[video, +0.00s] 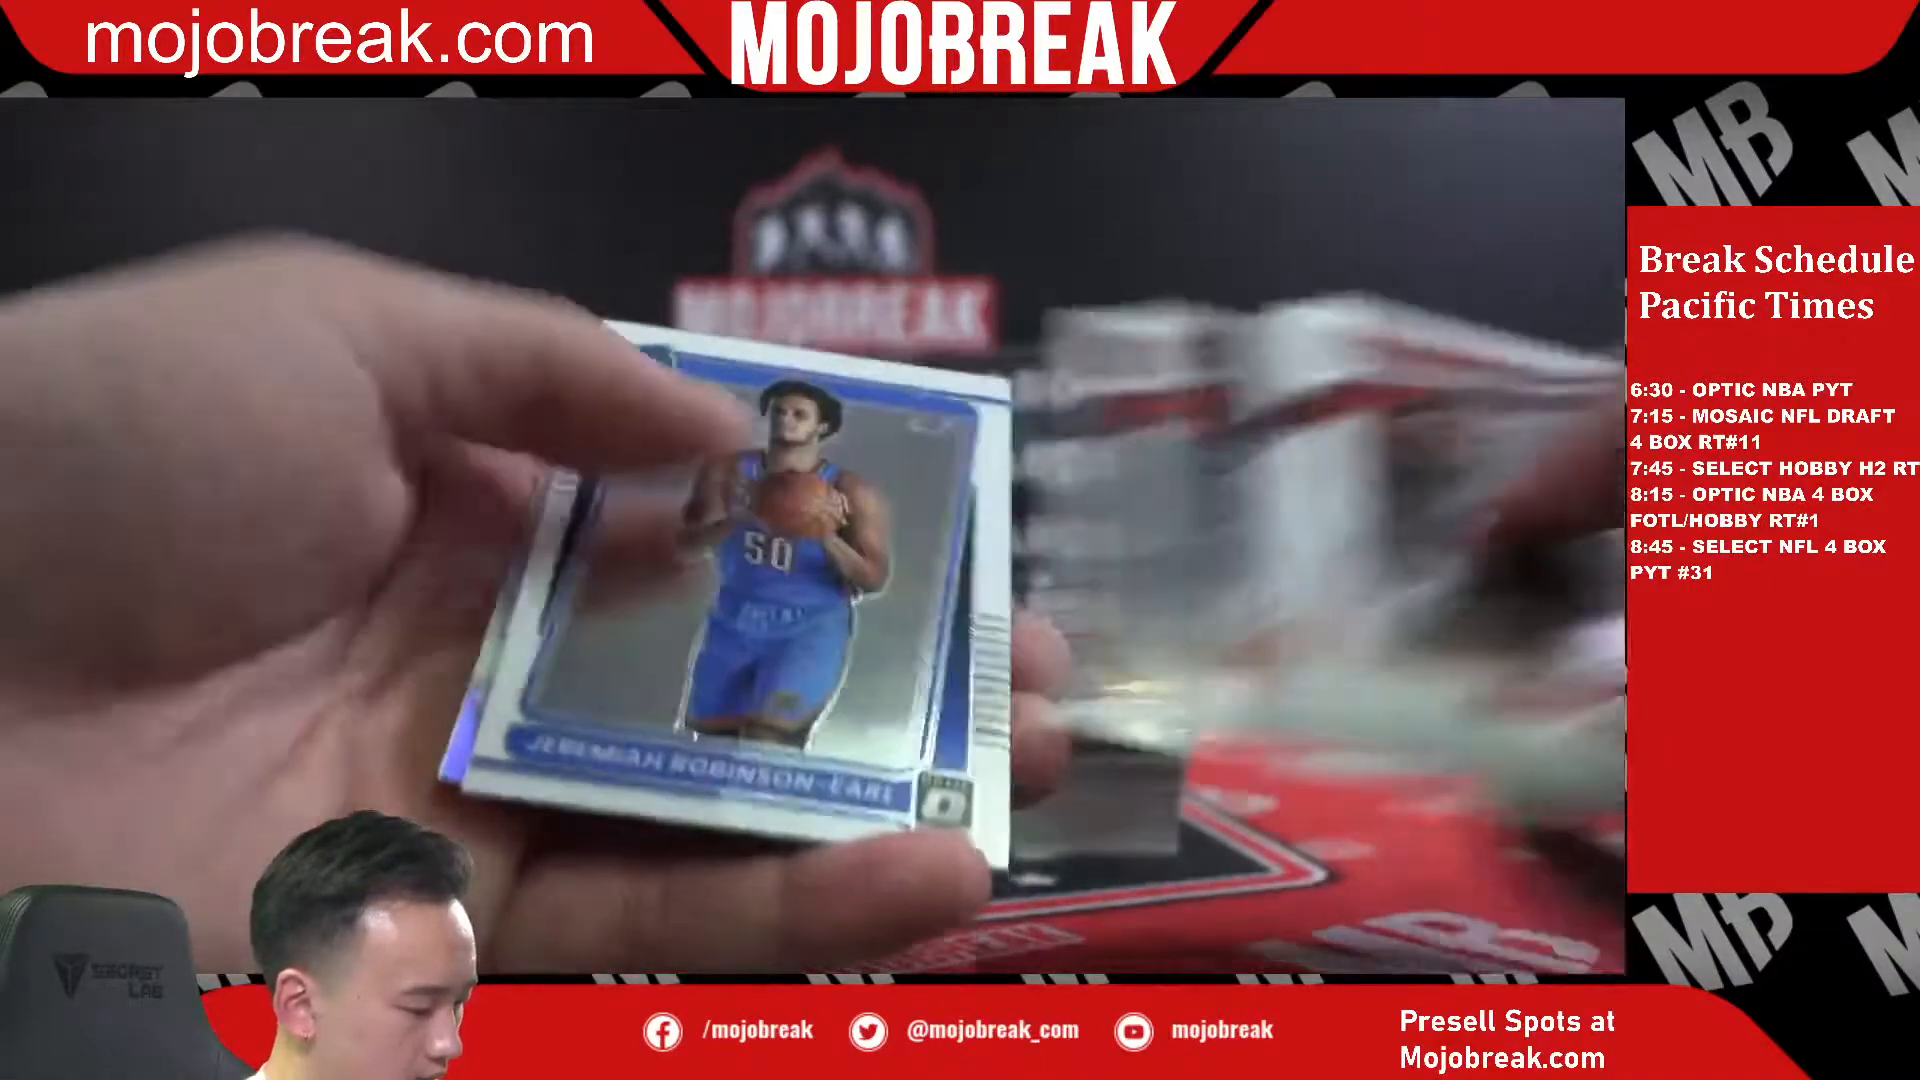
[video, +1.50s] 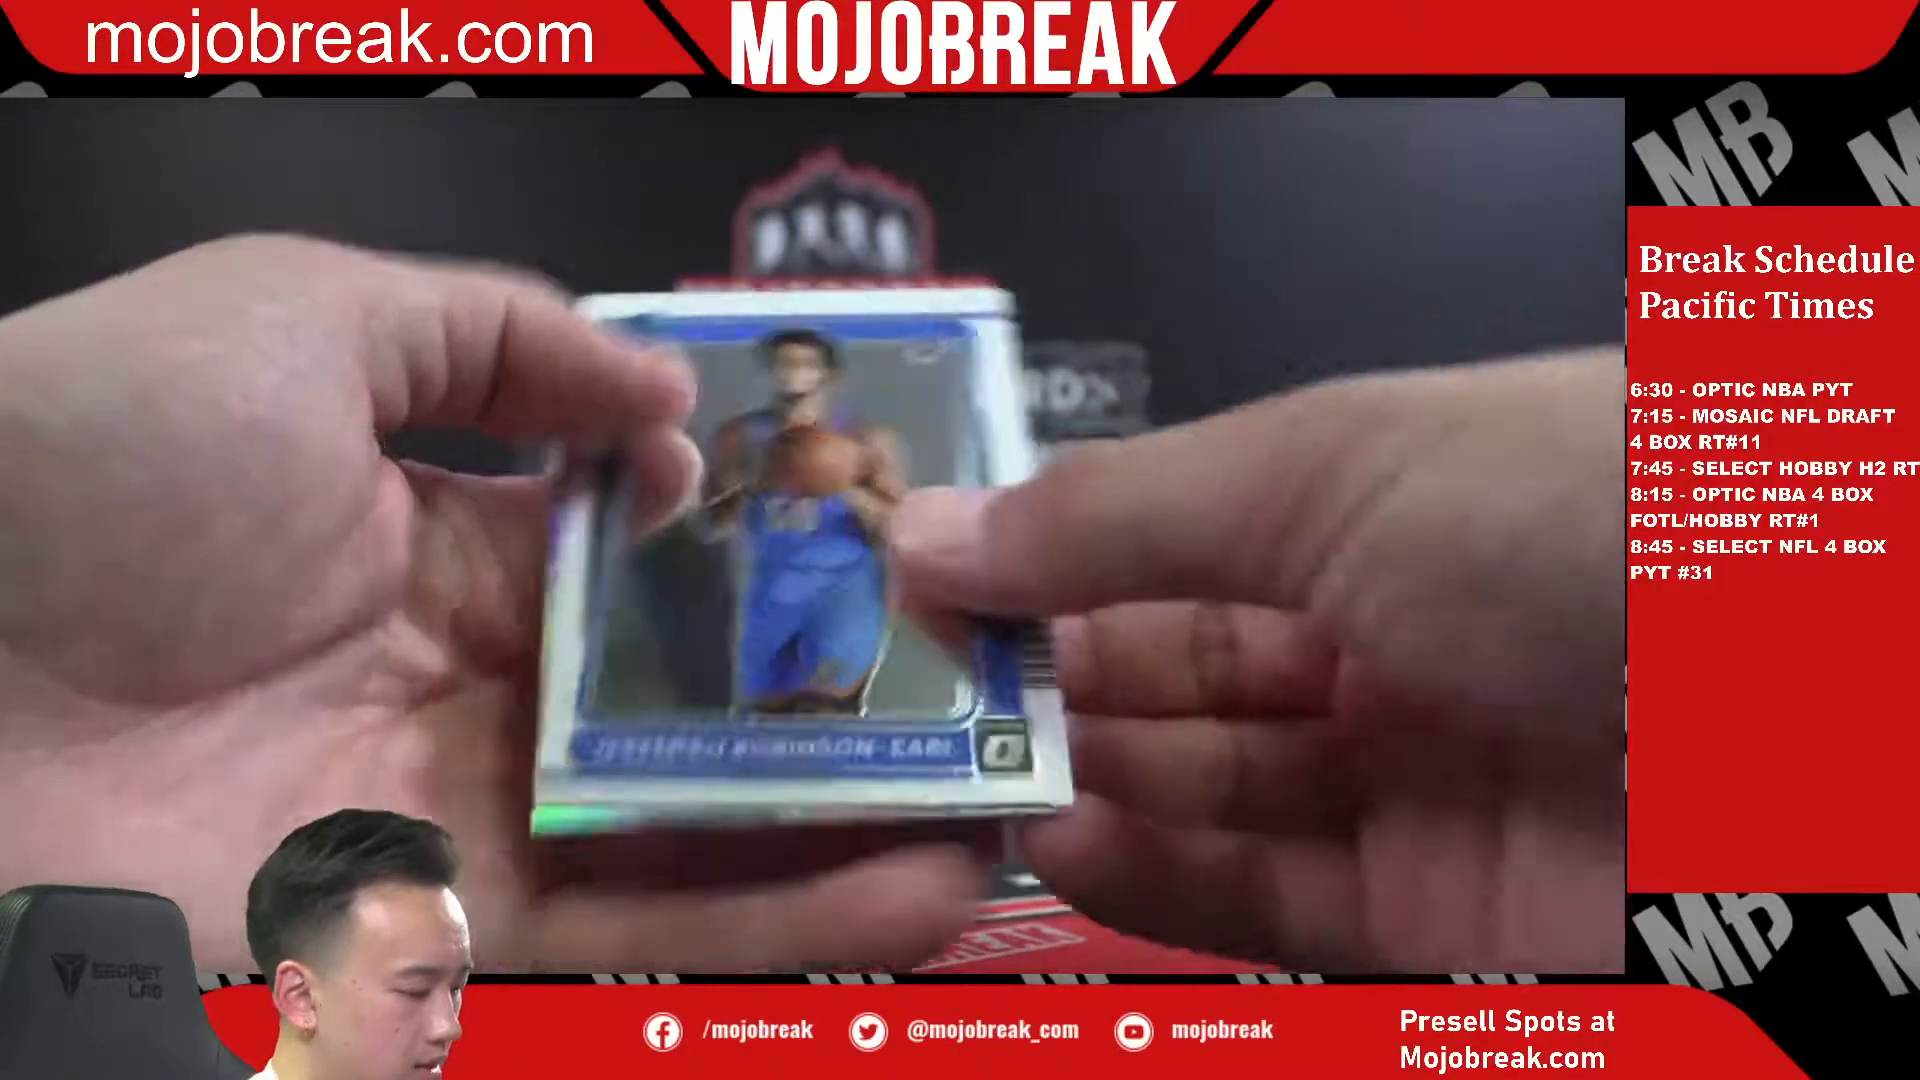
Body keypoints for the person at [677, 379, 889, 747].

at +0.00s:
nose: (787, 420)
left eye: (800, 414)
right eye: (780, 411)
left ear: (822, 427)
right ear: (769, 417)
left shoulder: (852, 493)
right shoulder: (727, 471)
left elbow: (874, 577)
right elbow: (689, 541)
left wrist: (828, 537)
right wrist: (742, 518)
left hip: (811, 631)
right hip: (734, 623)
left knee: (764, 748)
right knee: (707, 750)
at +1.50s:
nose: (793, 377)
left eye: (805, 365)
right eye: (784, 365)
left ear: (827, 376)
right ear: (772, 372)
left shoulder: (864, 443)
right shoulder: (741, 439)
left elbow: (898, 527)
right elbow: (707, 528)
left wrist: (849, 492)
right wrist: (742, 492)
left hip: (847, 589)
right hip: (771, 591)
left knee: (827, 707)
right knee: (760, 717)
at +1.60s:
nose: (871, 407)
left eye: (883, 397)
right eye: (864, 395)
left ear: (902, 409)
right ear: (850, 403)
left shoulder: (940, 473)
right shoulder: (823, 463)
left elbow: (967, 556)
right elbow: (791, 531)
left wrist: (914, 514)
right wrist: (819, 514)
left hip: (917, 611)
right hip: (843, 610)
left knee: (892, 719)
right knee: (831, 726)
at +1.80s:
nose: (887, 428)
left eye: (899, 419)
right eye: (877, 419)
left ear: (923, 429)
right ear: (866, 429)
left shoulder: (969, 496)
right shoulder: (837, 487)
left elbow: (1001, 587)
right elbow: (813, 573)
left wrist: (950, 542)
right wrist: (860, 535)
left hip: (950, 644)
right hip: (874, 646)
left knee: (930, 778)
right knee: (873, 782)